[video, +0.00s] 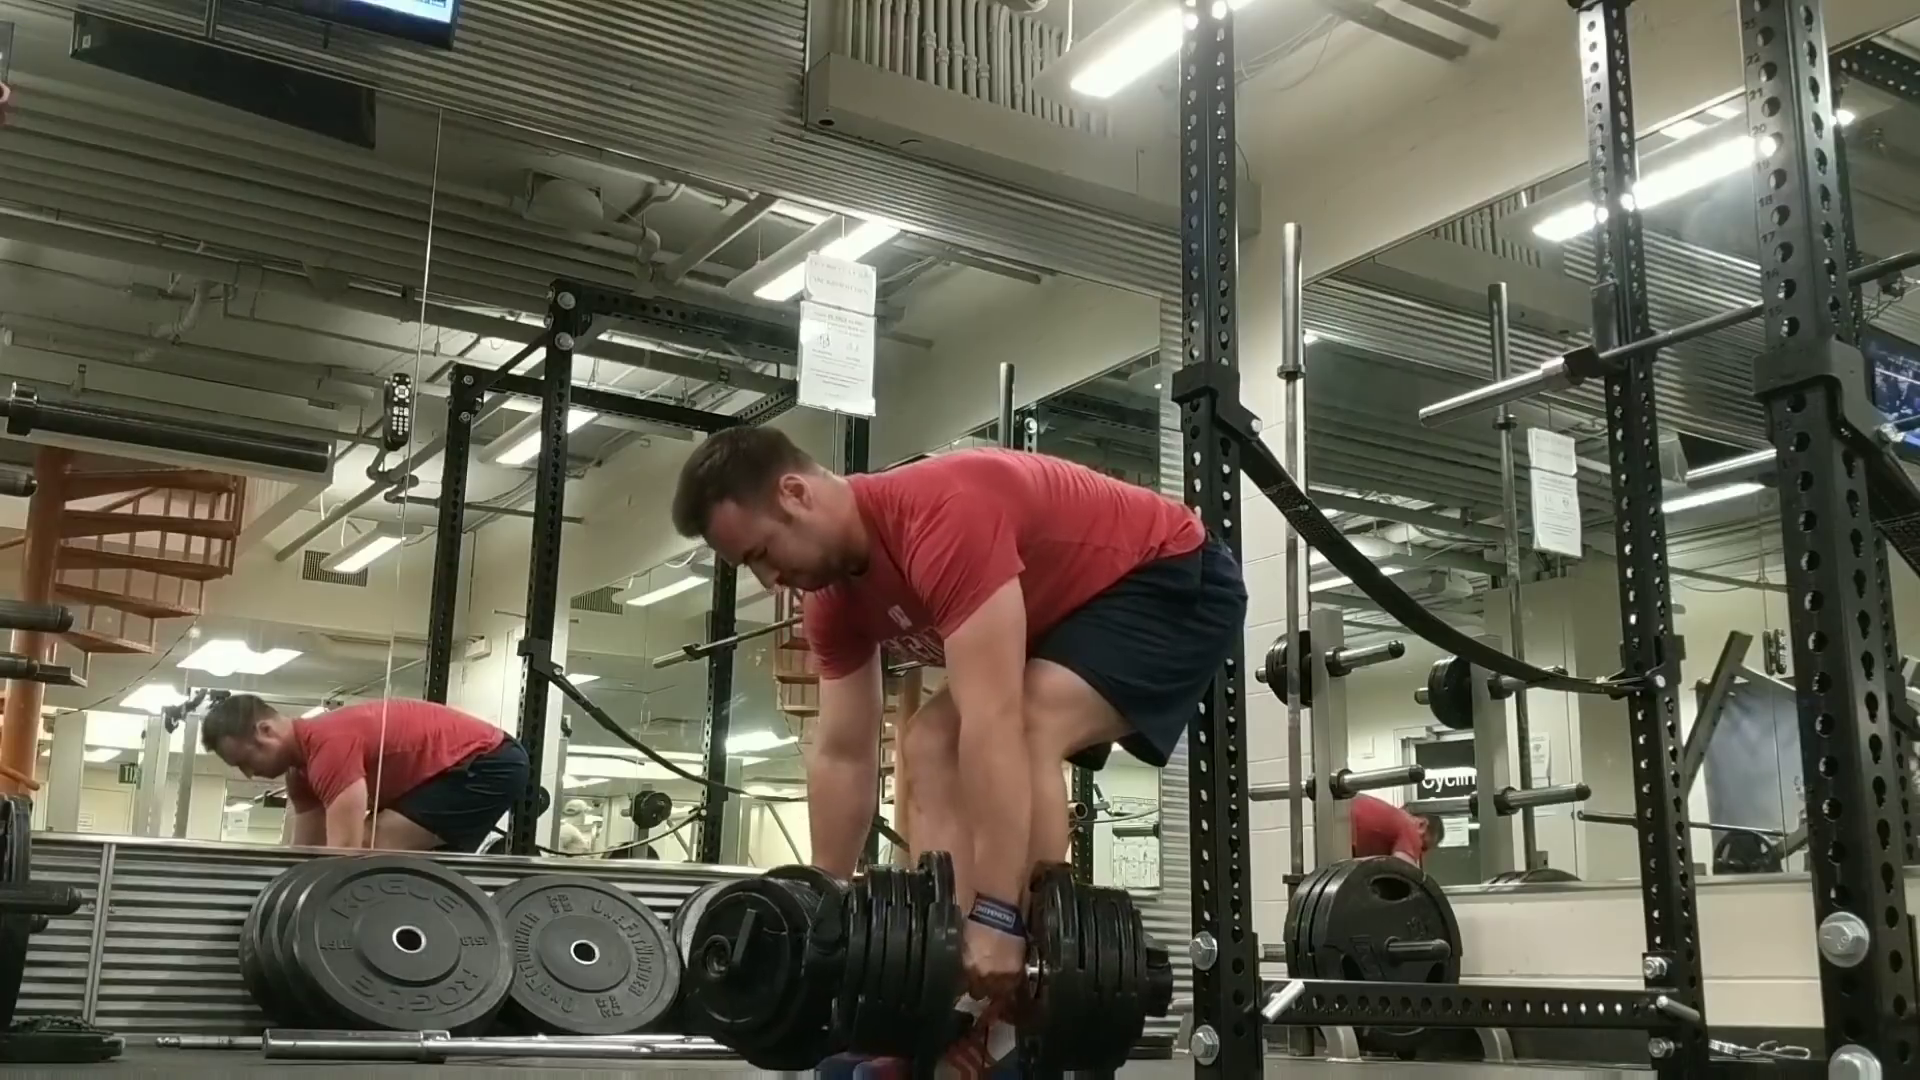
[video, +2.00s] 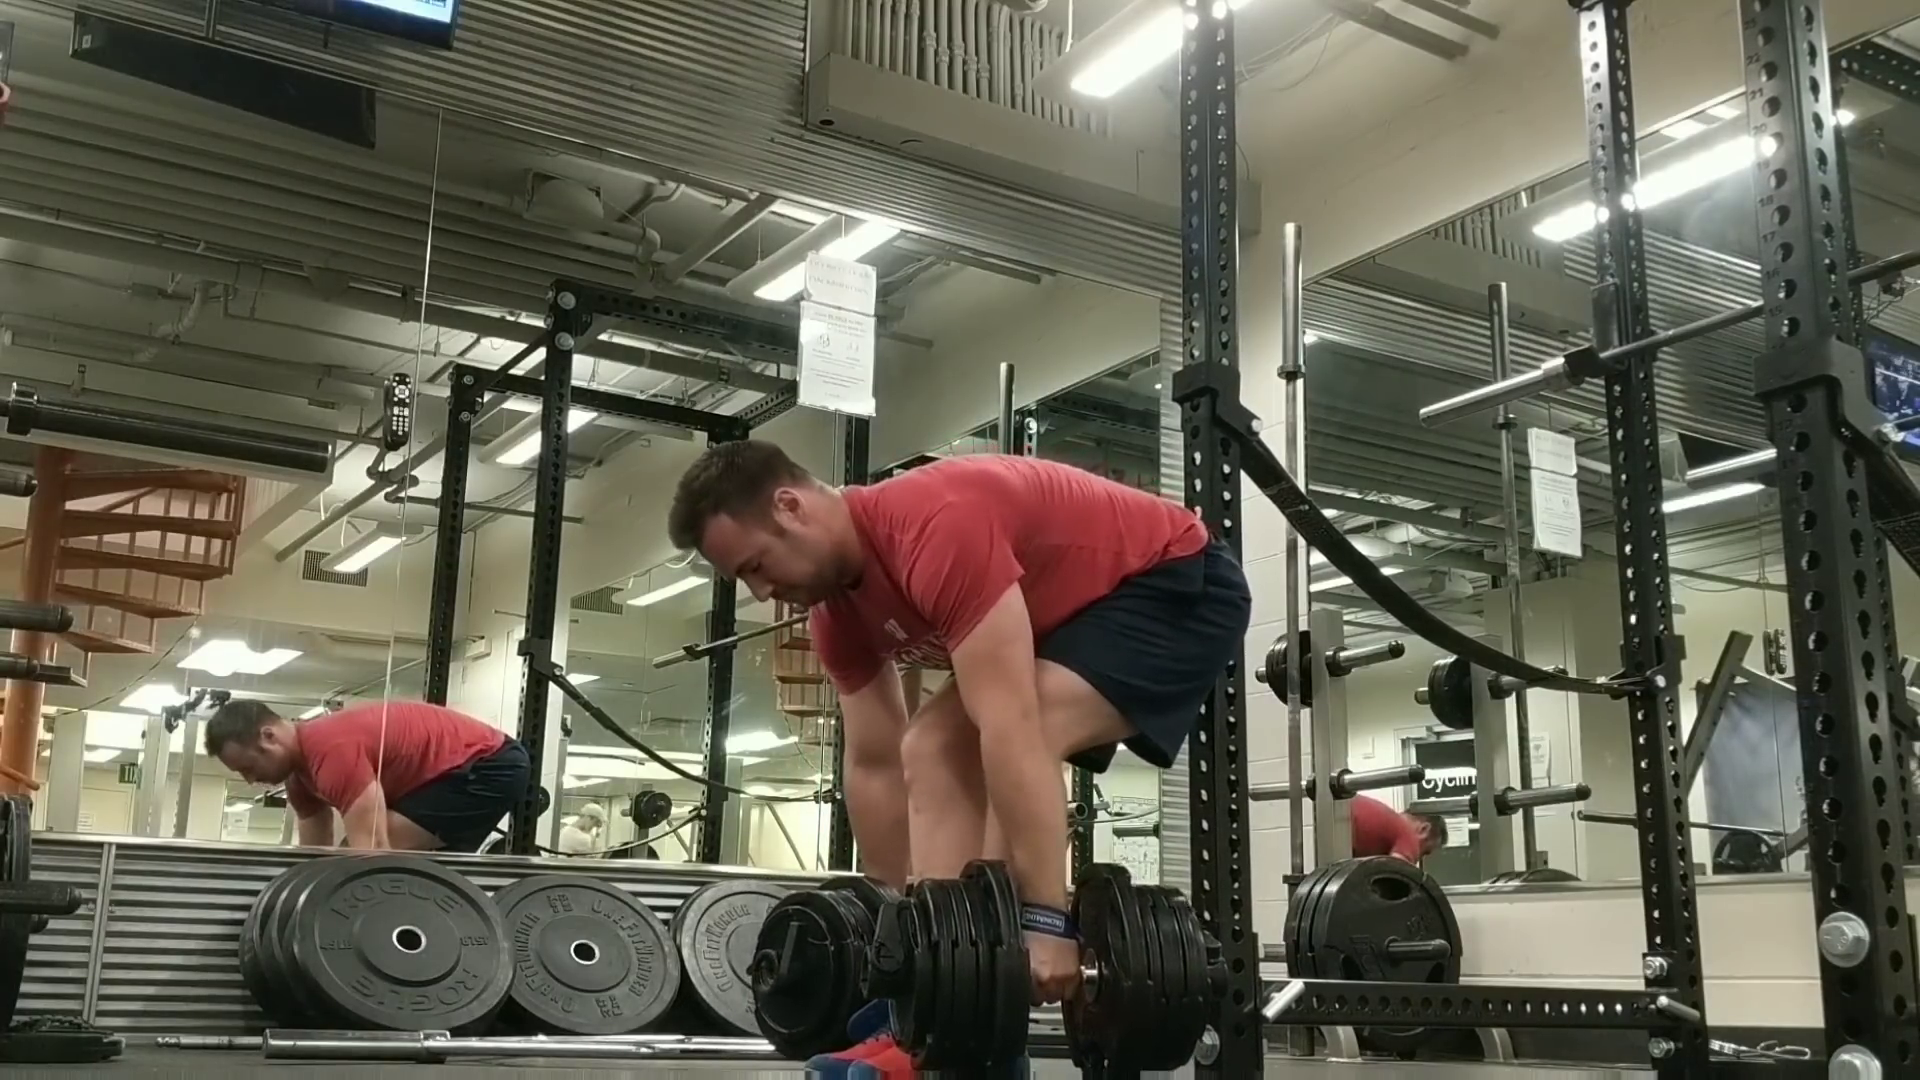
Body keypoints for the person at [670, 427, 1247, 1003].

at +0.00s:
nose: (767, 581)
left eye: (761, 554)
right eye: (749, 569)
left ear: (797, 492)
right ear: (799, 495)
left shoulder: (949, 516)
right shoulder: (836, 597)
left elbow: (994, 714)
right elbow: (842, 751)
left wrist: (998, 915)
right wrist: (828, 919)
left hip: (1170, 577)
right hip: (1065, 612)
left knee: (1022, 723)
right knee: (931, 733)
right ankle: (941, 986)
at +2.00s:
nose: (760, 593)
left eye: (755, 566)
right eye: (743, 581)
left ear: (793, 505)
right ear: (794, 509)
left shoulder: (940, 527)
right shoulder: (839, 611)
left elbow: (1013, 727)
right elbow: (876, 765)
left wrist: (1050, 921)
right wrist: (890, 943)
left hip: (1176, 585)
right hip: (1075, 612)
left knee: (1003, 739)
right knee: (932, 743)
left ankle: (975, 1021)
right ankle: (921, 1005)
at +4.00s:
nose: (783, 493)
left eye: (777, 469)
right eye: (765, 483)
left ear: (810, 404)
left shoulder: (958, 432)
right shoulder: (849, 523)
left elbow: (1069, 581)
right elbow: (891, 655)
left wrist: (1064, 761)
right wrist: (887, 803)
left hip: (1164, 570)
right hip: (1040, 600)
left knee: (1027, 727)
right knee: (947, 732)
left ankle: (990, 1017)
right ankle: (943, 998)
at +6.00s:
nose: (802, 467)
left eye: (795, 442)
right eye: (784, 458)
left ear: (826, 380)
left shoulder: (976, 408)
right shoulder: (859, 502)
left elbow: (1082, 561)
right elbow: (897, 630)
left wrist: (1073, 740)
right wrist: (885, 778)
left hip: (1169, 569)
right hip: (1044, 594)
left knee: (1035, 762)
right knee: (949, 753)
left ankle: (990, 1017)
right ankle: (941, 1002)